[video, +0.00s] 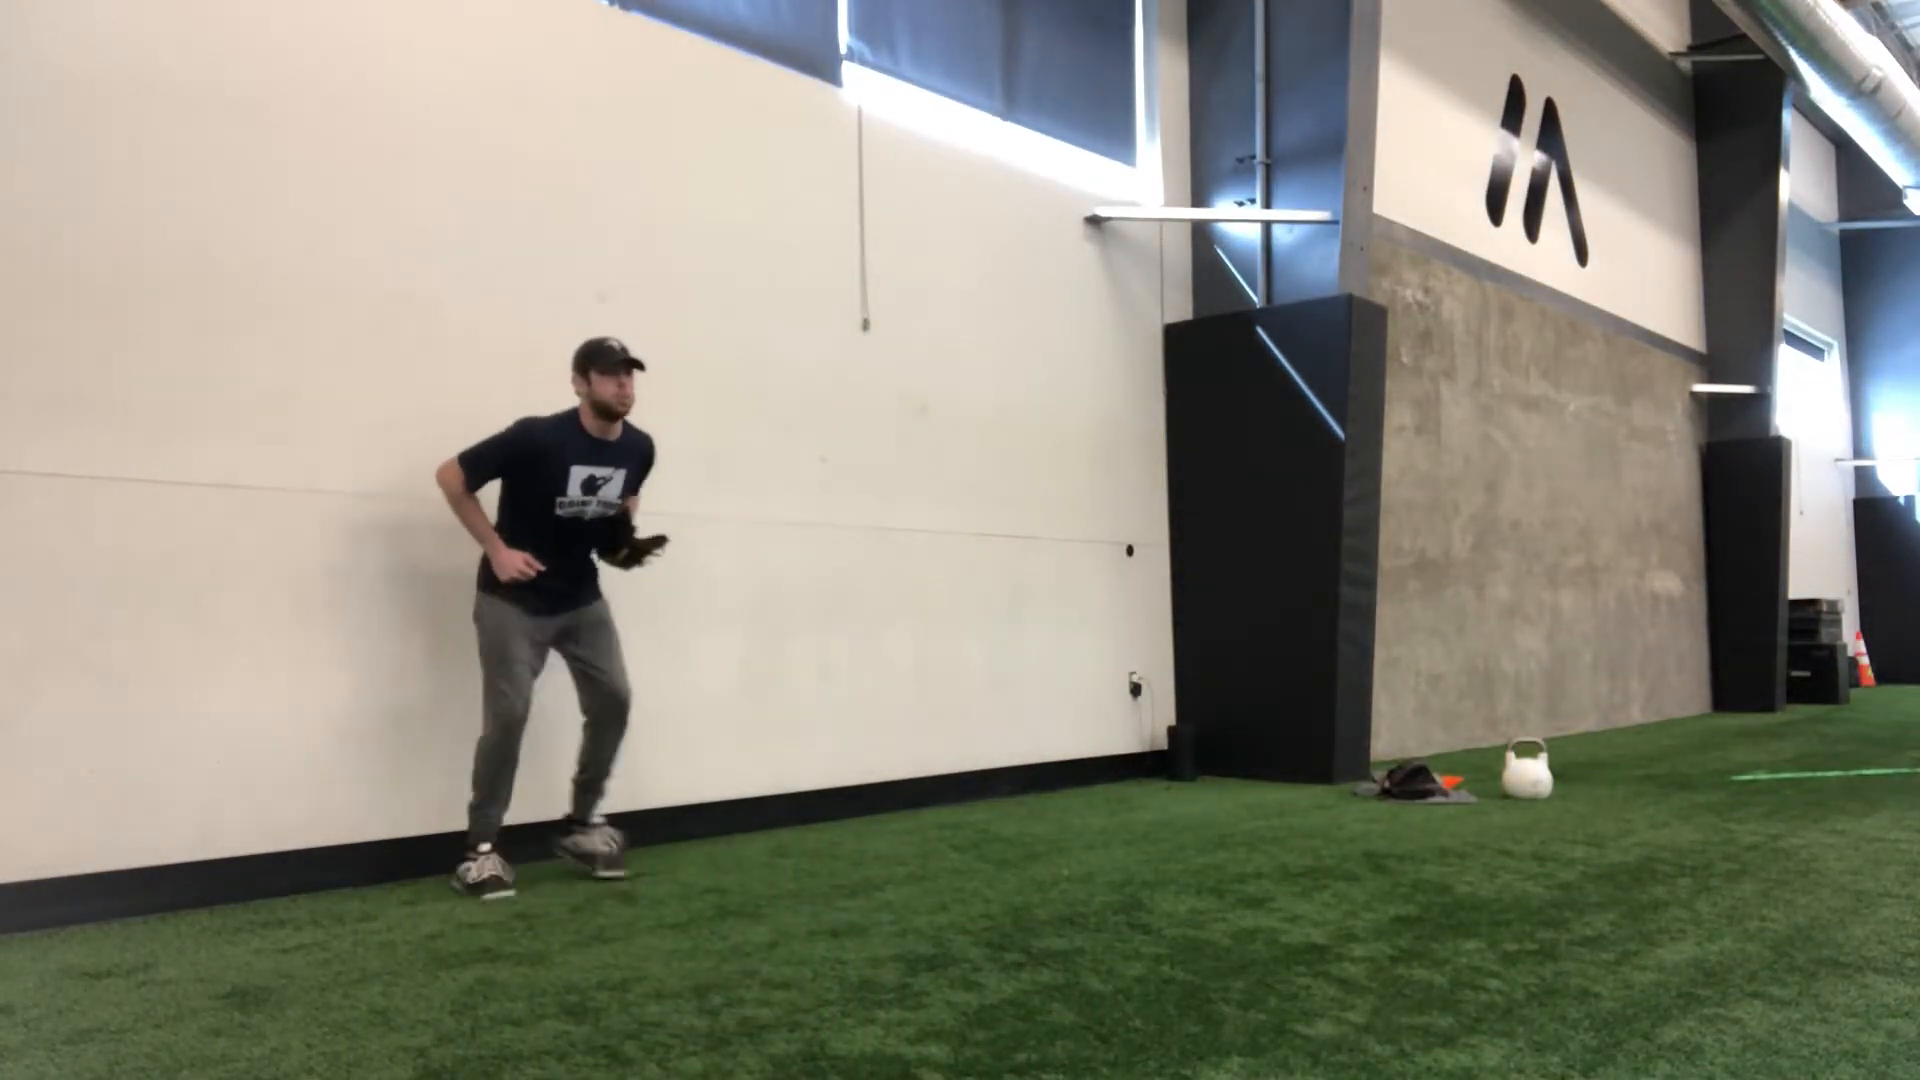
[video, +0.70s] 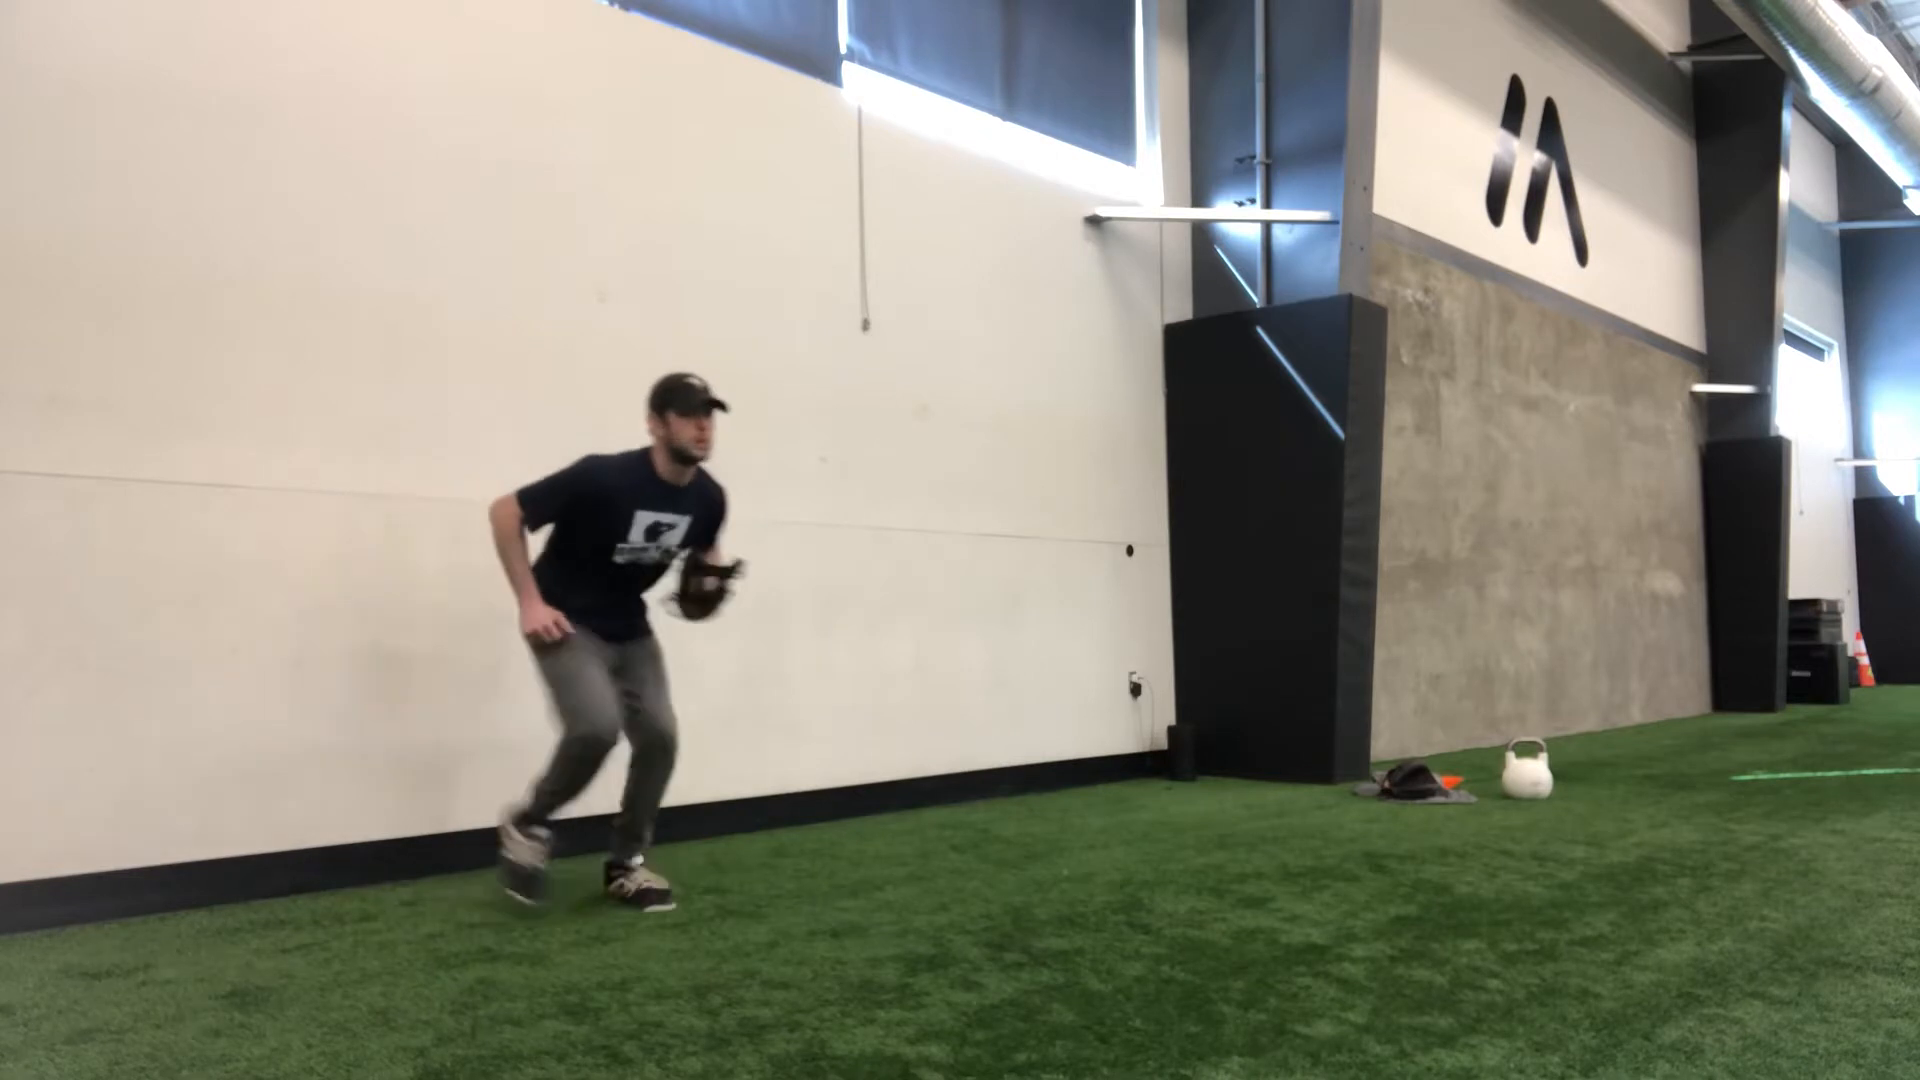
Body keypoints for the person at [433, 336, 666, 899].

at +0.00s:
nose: (625, 385)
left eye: (628, 375)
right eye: (612, 376)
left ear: (634, 383)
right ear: (581, 383)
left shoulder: (637, 448)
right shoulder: (535, 438)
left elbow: (624, 505)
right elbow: (452, 476)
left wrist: (622, 544)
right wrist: (495, 548)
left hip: (580, 598)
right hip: (514, 600)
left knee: (612, 702)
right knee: (508, 716)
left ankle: (583, 824)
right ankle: (482, 849)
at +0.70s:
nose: (704, 428)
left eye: (709, 417)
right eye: (690, 416)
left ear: (714, 424)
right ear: (657, 422)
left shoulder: (707, 500)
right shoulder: (602, 477)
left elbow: (697, 573)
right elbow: (506, 512)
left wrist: (708, 585)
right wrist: (529, 601)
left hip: (626, 622)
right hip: (564, 618)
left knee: (659, 736)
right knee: (597, 728)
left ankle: (625, 866)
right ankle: (527, 826)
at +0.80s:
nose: (723, 424)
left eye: (728, 412)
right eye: (709, 411)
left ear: (733, 418)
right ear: (674, 417)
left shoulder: (724, 498)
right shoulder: (619, 472)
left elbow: (720, 582)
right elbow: (516, 508)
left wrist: (731, 602)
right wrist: (541, 600)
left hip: (635, 612)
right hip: (574, 601)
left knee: (669, 739)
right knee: (617, 700)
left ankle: (623, 861)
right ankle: (581, 870)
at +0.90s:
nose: (740, 427)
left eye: (745, 415)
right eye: (726, 414)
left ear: (749, 419)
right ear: (690, 416)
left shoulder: (739, 496)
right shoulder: (631, 473)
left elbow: (740, 582)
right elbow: (524, 522)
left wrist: (752, 615)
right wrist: (559, 613)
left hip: (648, 613)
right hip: (584, 608)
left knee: (703, 724)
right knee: (620, 723)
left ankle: (622, 828)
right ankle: (624, 909)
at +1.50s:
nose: (880, 635)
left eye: (887, 622)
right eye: (870, 621)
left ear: (892, 615)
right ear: (831, 610)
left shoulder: (876, 663)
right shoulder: (774, 636)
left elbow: (861, 777)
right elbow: (807, 774)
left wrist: (891, 837)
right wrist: (911, 817)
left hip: (784, 678)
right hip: (701, 660)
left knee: (893, 741)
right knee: (702, 741)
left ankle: (963, 875)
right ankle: (623, 916)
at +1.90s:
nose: (1050, 468)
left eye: (1055, 455)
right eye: (1038, 455)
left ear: (1063, 460)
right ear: (1005, 456)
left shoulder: (1076, 528)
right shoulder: (950, 506)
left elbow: (1070, 606)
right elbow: (868, 552)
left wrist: (1032, 601)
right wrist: (904, 580)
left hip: (999, 657)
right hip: (922, 652)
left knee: (1061, 759)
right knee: (863, 755)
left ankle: (976, 873)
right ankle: (736, 881)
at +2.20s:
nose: (1178, 357)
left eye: (1179, 347)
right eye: (1161, 346)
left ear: (1177, 358)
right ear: (1116, 358)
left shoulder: (1202, 440)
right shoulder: (1075, 443)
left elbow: (1278, 550)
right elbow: (1016, 499)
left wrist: (1205, 512)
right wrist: (1001, 604)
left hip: (1218, 624)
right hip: (1134, 633)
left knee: (1268, 733)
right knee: (1106, 768)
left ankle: (1373, 846)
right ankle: (1194, 878)